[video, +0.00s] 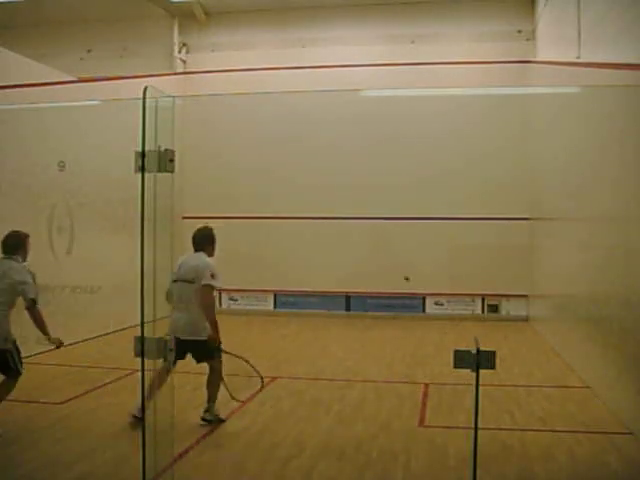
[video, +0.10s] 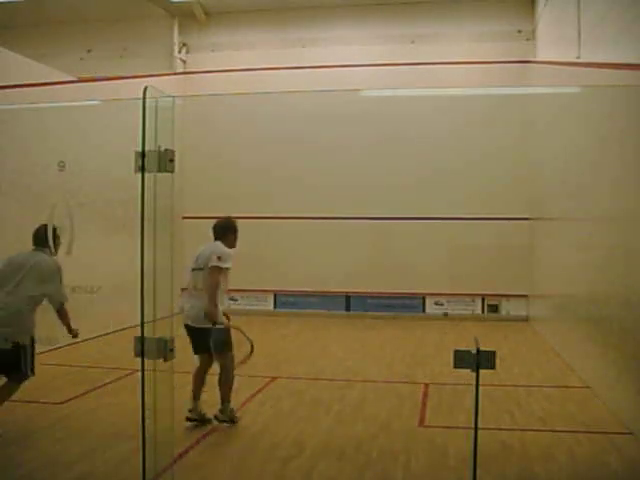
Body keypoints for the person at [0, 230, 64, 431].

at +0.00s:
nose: (28, 251)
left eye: (27, 247)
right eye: (26, 247)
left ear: (6, 247)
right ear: (20, 249)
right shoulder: (21, 273)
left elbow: (31, 308)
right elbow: (32, 307)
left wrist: (48, 336)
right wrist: (48, 336)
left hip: (4, 334)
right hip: (3, 335)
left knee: (13, 371)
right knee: (13, 371)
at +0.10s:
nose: (59, 246)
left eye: (58, 242)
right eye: (57, 242)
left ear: (34, 241)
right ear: (52, 243)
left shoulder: (13, 259)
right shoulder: (49, 265)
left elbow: (2, 282)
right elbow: (58, 302)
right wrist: (69, 328)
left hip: (1, 322)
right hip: (18, 326)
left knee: (10, 373)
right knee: (18, 376)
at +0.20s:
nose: (87, 235)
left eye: (87, 231)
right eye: (86, 231)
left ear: (65, 230)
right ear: (78, 231)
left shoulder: (41, 250)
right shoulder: (79, 254)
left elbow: (20, 281)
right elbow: (86, 288)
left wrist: (12, 312)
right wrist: (89, 309)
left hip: (31, 315)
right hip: (52, 318)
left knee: (55, 357)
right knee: (36, 367)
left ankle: (58, 403)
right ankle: (5, 403)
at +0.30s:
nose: (113, 232)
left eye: (112, 227)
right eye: (111, 228)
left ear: (90, 229)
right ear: (102, 229)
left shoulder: (71, 251)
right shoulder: (105, 251)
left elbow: (51, 283)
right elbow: (111, 283)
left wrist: (48, 312)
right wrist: (114, 303)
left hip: (70, 315)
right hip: (86, 317)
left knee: (98, 355)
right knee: (70, 366)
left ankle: (116, 401)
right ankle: (25, 403)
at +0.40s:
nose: (137, 235)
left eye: (136, 230)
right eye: (134, 230)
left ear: (114, 234)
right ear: (125, 233)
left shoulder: (98, 257)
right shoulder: (127, 258)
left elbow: (82, 292)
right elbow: (134, 296)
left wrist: (82, 321)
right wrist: (147, 314)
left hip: (100, 322)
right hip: (116, 324)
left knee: (130, 362)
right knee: (114, 374)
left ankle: (129, 407)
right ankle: (76, 397)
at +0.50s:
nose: (162, 230)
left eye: (160, 225)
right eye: (159, 226)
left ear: (138, 230)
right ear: (150, 229)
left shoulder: (123, 252)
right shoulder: (149, 253)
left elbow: (113, 285)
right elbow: (150, 291)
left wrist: (118, 311)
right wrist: (167, 315)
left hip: (122, 322)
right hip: (140, 322)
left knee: (139, 361)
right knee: (165, 357)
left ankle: (132, 404)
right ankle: (133, 398)